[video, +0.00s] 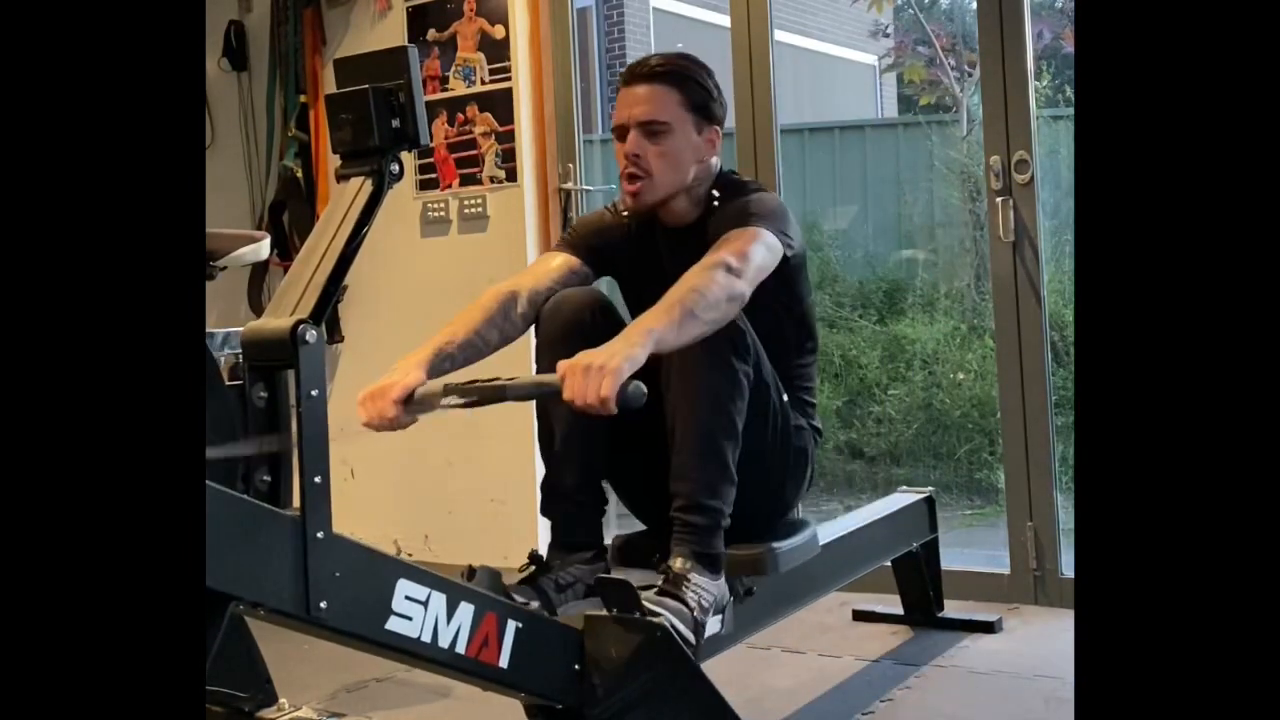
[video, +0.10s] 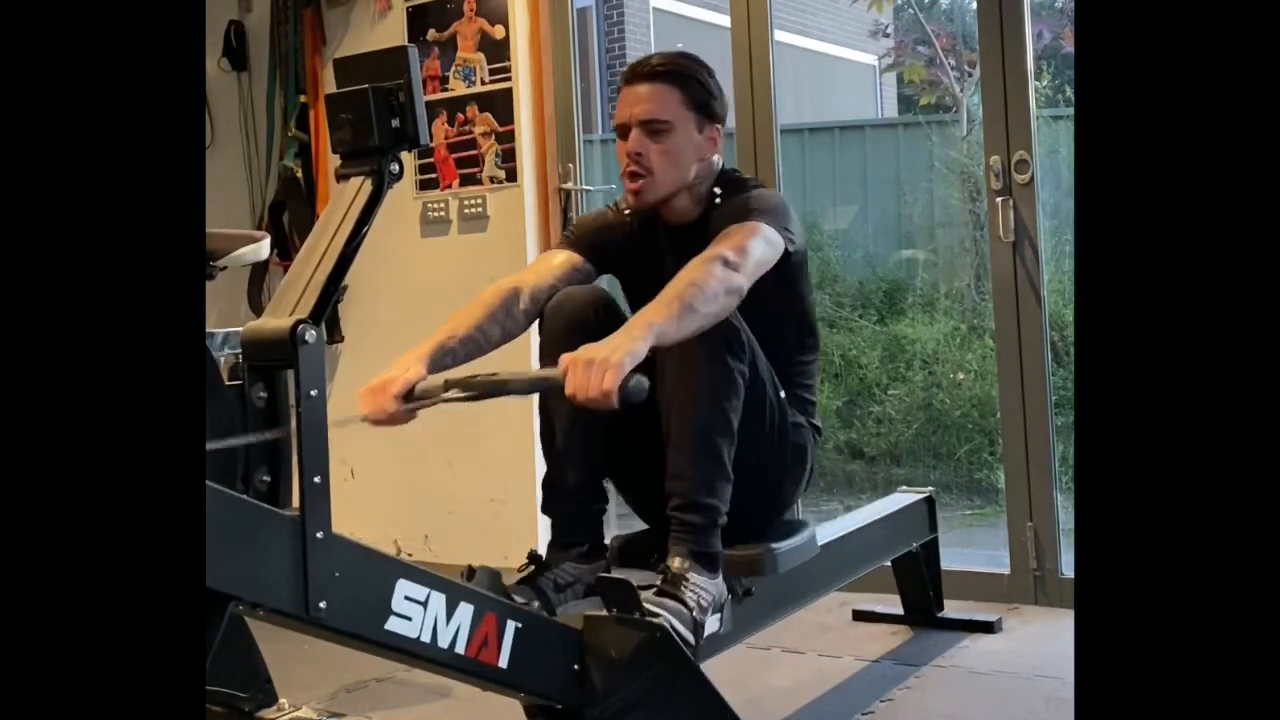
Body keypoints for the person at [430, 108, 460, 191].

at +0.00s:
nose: (446, 117)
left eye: (446, 115)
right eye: (445, 115)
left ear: (443, 115)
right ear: (440, 115)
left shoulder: (443, 125)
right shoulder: (437, 124)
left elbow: (453, 132)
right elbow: (438, 138)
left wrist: (457, 122)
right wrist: (442, 151)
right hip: (440, 148)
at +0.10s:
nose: (446, 117)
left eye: (446, 115)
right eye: (445, 115)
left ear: (443, 115)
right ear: (440, 115)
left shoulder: (443, 125)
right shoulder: (437, 124)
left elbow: (453, 132)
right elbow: (438, 138)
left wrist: (457, 122)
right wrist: (442, 151)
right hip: (440, 149)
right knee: (454, 176)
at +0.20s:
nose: (446, 117)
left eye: (446, 115)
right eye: (445, 115)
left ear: (443, 115)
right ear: (440, 115)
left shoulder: (443, 125)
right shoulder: (437, 124)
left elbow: (453, 132)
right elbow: (438, 138)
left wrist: (457, 122)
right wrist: (442, 151)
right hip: (440, 149)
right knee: (454, 176)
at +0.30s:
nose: (446, 117)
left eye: (446, 115)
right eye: (445, 115)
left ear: (443, 115)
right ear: (440, 115)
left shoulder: (443, 125)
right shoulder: (437, 124)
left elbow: (453, 132)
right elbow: (438, 138)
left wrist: (457, 122)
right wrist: (442, 151)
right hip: (440, 148)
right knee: (454, 176)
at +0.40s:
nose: (446, 118)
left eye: (446, 115)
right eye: (444, 115)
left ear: (443, 116)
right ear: (440, 116)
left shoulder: (443, 125)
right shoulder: (437, 124)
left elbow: (453, 132)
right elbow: (438, 139)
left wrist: (457, 122)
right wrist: (442, 151)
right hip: (440, 148)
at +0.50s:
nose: (446, 117)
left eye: (446, 115)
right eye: (445, 115)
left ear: (443, 116)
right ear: (440, 115)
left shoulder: (443, 125)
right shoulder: (437, 124)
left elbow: (453, 132)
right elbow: (438, 138)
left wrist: (457, 122)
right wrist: (442, 151)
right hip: (440, 148)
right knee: (454, 176)